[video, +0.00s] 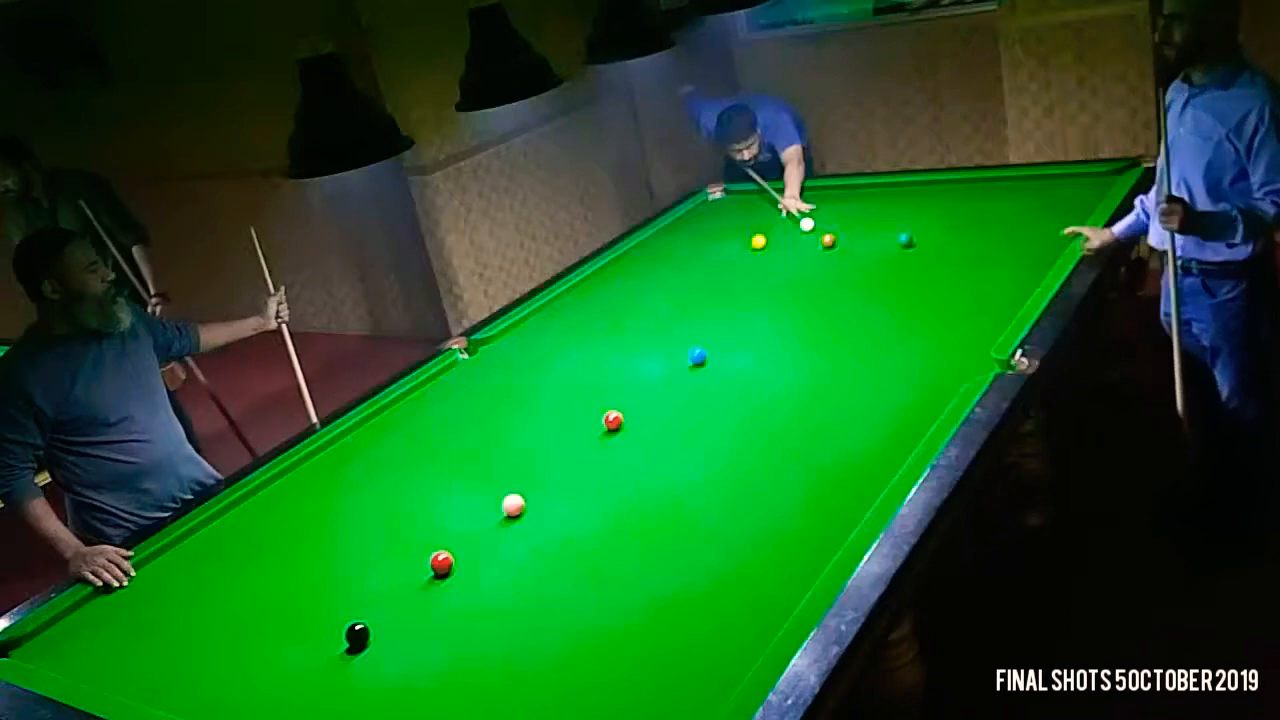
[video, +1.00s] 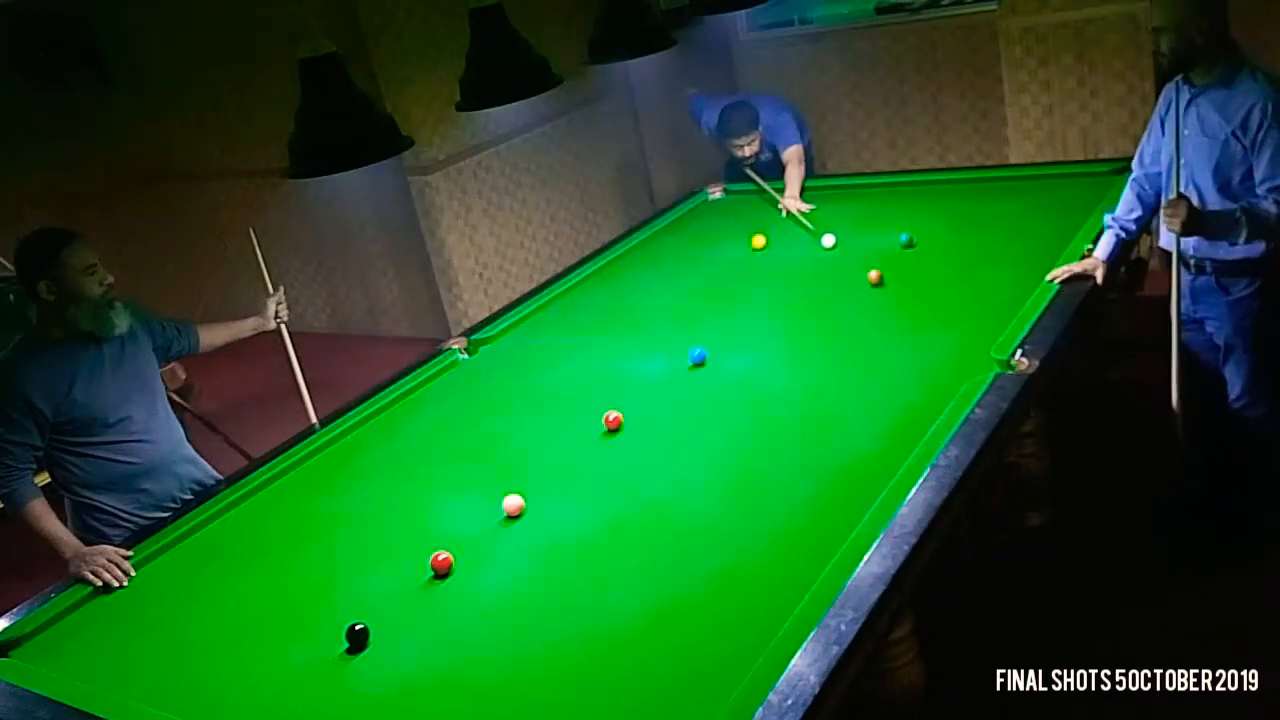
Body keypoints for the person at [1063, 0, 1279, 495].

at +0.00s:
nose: (1161, 34)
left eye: (1175, 20)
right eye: (1159, 21)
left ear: (1215, 24)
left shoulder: (1258, 102)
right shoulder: (1179, 94)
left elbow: (1270, 215)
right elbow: (1167, 185)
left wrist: (1198, 221)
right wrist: (1114, 233)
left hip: (1230, 285)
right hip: (1177, 279)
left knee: (1239, 414)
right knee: (1193, 409)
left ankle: (1244, 524)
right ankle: (1198, 514)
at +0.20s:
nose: (1166, 32)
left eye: (1181, 19)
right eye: (1165, 19)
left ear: (1221, 23)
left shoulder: (1261, 104)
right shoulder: (1178, 95)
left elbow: (1274, 209)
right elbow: (1155, 181)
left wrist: (1208, 226)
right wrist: (1090, 218)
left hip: (1231, 288)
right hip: (1176, 280)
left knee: (1239, 414)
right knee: (1188, 406)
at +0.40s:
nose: (1171, 31)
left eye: (1186, 18)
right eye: (1170, 18)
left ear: (1226, 23)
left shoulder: (1264, 103)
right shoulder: (1177, 97)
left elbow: (1273, 212)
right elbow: (1144, 177)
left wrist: (1213, 222)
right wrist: (1092, 239)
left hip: (1236, 289)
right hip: (1176, 280)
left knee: (1242, 416)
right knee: (1189, 411)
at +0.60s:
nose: (1170, 30)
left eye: (1184, 18)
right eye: (1169, 18)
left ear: (1226, 21)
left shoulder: (1266, 104)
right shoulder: (1175, 98)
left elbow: (1275, 212)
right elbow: (1142, 179)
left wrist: (1211, 218)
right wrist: (1101, 248)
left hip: (1238, 284)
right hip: (1177, 280)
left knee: (1244, 415)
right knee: (1189, 408)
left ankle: (1250, 524)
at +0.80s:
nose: (1161, 35)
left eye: (1175, 22)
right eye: (1161, 22)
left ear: (1218, 24)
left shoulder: (1263, 105)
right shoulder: (1175, 95)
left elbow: (1271, 214)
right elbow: (1142, 176)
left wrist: (1204, 217)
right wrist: (1101, 249)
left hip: (1241, 288)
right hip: (1184, 282)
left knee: (1244, 411)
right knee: (1192, 407)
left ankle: (1250, 527)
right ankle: (1194, 517)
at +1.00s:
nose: (1157, 46)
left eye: (1165, 32)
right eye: (1154, 34)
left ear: (1205, 28)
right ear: (1170, 36)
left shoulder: (1260, 102)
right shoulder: (1174, 96)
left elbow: (1272, 213)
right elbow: (1144, 178)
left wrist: (1204, 223)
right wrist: (1103, 252)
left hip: (1242, 288)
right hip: (1188, 282)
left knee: (1247, 410)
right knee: (1195, 405)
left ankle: (1252, 526)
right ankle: (1199, 516)